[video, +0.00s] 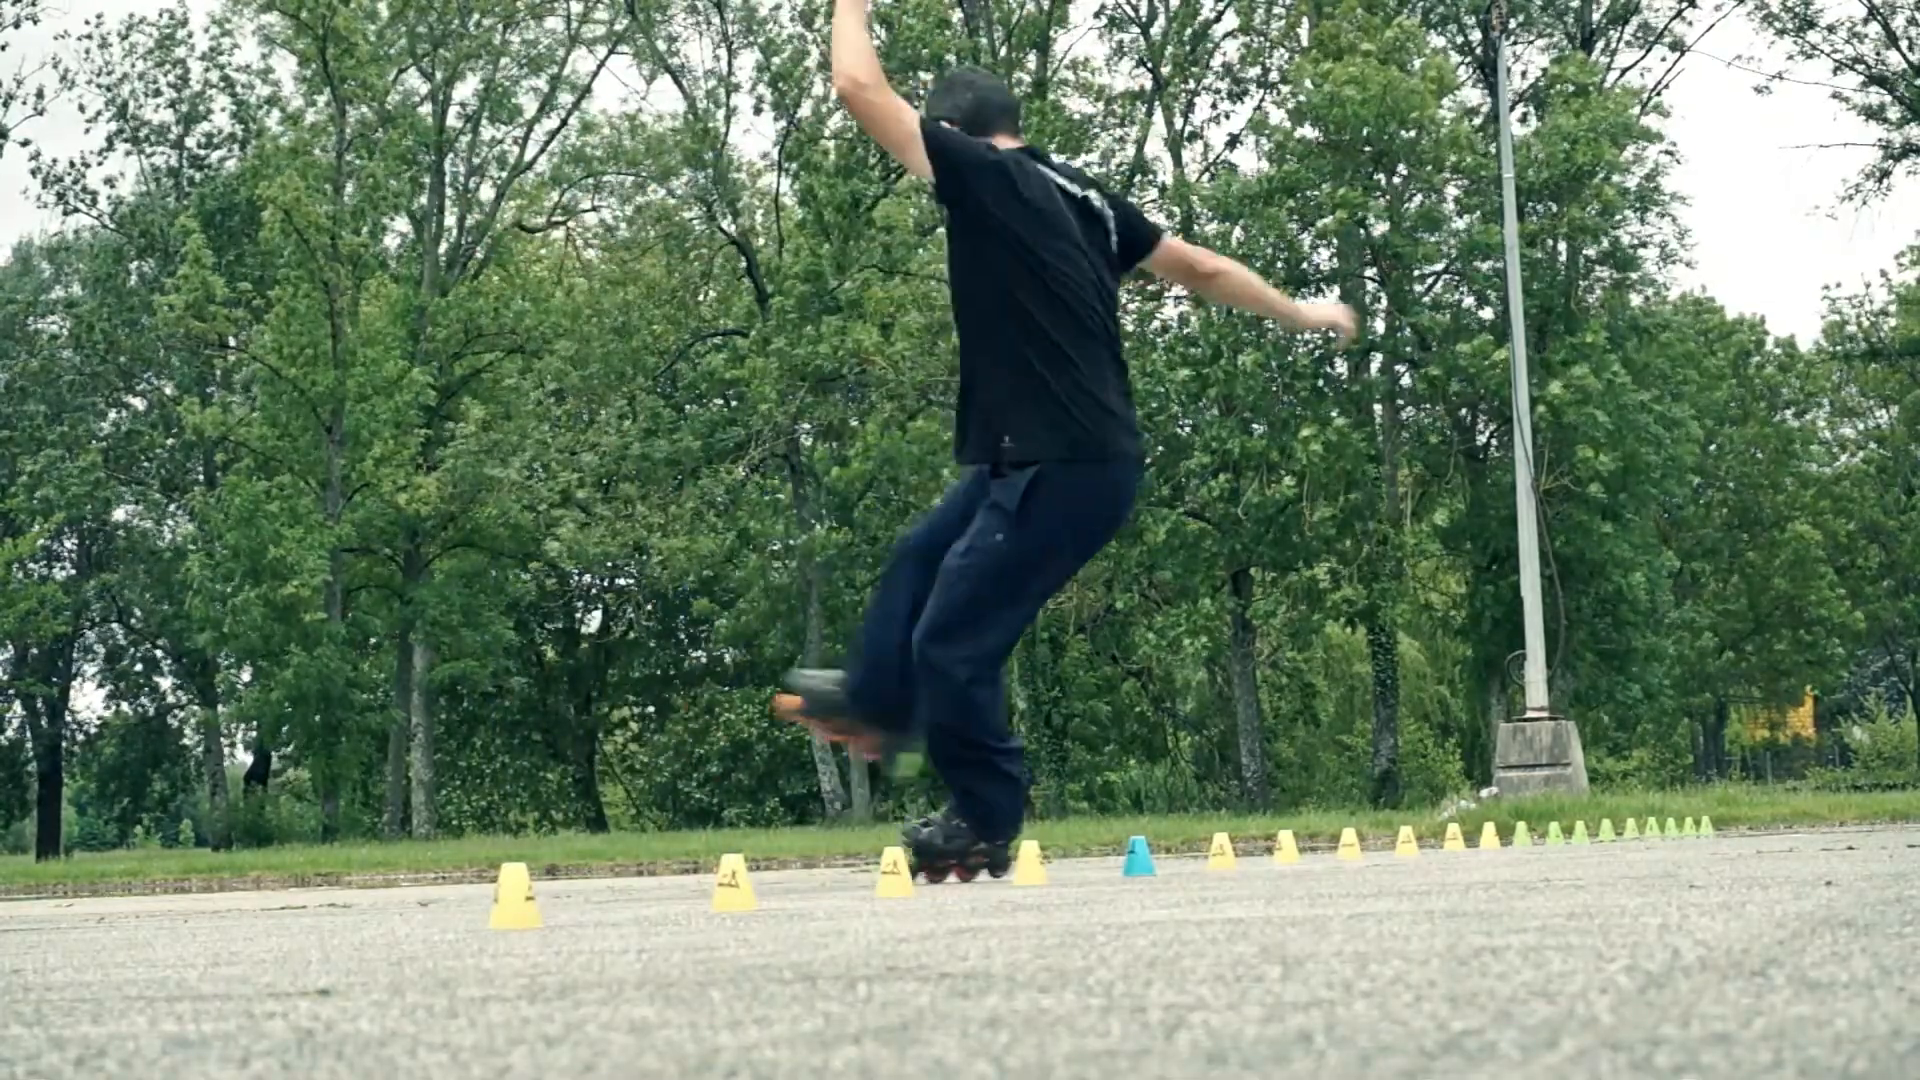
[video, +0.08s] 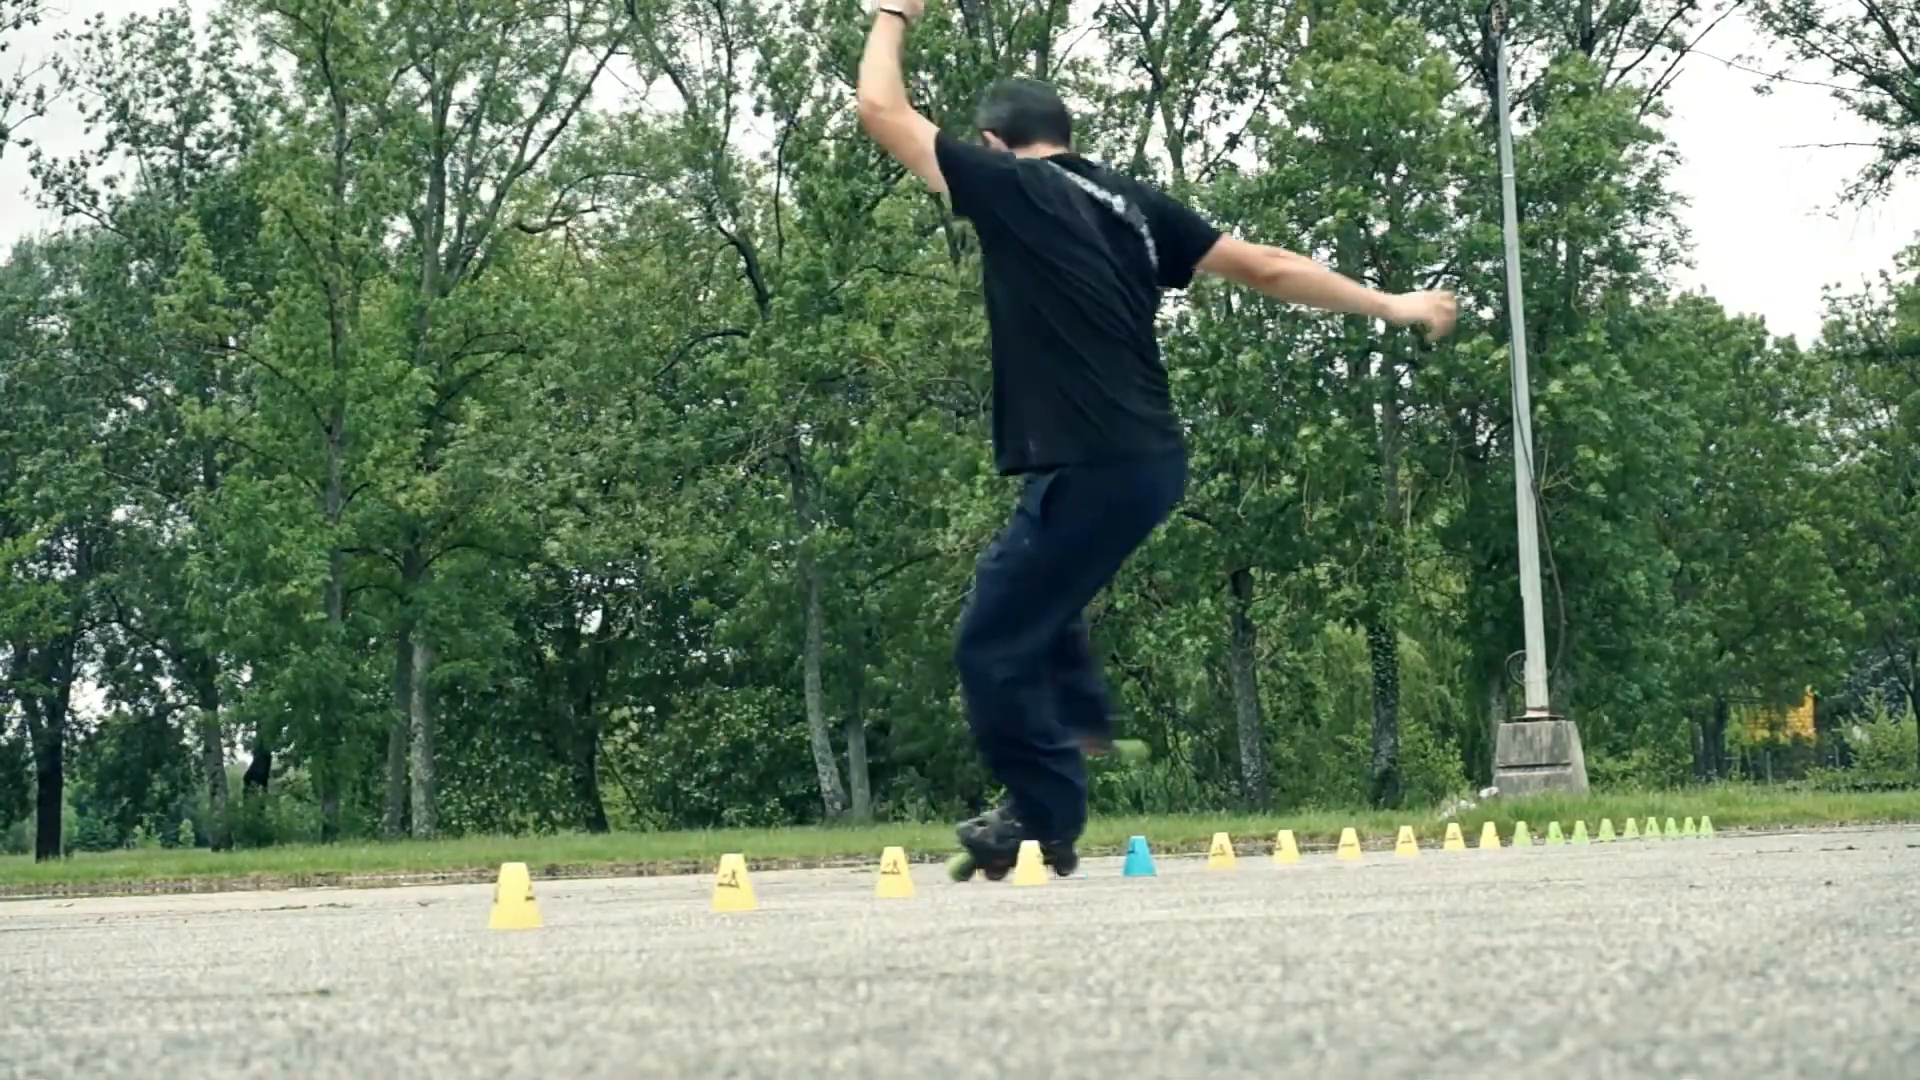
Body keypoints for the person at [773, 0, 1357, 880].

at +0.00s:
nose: (926, 158)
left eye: (930, 144)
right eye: (926, 145)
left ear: (955, 136)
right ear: (1015, 127)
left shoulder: (982, 172)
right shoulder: (1092, 203)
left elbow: (856, 83)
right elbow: (1198, 266)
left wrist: (850, 5)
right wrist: (1296, 310)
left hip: (1063, 468)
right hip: (1026, 462)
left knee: (950, 638)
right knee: (917, 560)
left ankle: (987, 816)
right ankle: (874, 705)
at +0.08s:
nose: (978, 155)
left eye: (979, 145)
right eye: (983, 146)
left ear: (996, 142)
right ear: (1064, 135)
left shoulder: (1006, 181)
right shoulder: (1137, 205)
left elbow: (879, 109)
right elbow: (1260, 265)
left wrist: (890, 18)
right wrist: (1389, 303)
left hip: (1093, 468)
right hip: (1148, 463)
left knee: (993, 642)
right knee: (1026, 576)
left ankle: (1040, 815)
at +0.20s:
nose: (1071, 166)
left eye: (1071, 156)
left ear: (1077, 157)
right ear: (1158, 145)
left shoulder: (1059, 200)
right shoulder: (1209, 208)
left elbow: (950, 144)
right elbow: (1351, 244)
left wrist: (967, 55)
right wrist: (1490, 249)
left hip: (1148, 479)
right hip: (1229, 467)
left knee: (1075, 649)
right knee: (1206, 602)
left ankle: (1157, 811)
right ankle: (1367, 705)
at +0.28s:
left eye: (1138, 156)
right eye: (1204, 148)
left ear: (1137, 159)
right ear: (1214, 150)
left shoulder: (1105, 208)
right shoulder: (1258, 202)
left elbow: (1018, 172)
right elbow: (1405, 211)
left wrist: (1035, 92)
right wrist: (1533, 181)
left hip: (1195, 486)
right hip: (1291, 467)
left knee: (1155, 655)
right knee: (1318, 605)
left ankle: (1253, 809)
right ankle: (1488, 688)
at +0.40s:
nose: (1321, 156)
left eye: (1315, 150)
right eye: (1318, 148)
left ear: (1230, 163)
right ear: (1306, 150)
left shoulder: (1194, 229)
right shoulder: (1340, 195)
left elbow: (1143, 221)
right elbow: (1473, 137)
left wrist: (1142, 162)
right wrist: (1551, 45)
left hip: (1287, 477)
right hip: (1390, 452)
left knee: (1276, 658)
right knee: (1457, 591)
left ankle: (1395, 816)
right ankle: (1535, 647)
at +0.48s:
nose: (1388, 145)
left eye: (1382, 138)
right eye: (1384, 136)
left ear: (1301, 153)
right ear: (1370, 139)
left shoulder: (1265, 232)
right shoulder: (1399, 172)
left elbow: (1220, 230)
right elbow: (1512, 92)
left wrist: (1212, 202)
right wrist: (1553, 5)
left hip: (1348, 467)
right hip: (1452, 441)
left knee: (1361, 651)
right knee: (1521, 575)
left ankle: (1487, 815)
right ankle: (1536, 629)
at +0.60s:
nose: (1490, 122)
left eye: (1485, 114)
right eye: (1484, 113)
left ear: (1404, 130)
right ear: (1464, 117)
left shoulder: (1360, 219)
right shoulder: (1492, 149)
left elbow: (1309, 294)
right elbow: (1602, 56)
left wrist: (1314, 285)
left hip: (1426, 450)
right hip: (1530, 425)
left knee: (1504, 645)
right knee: (1591, 608)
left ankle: (1632, 807)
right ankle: (1482, 640)